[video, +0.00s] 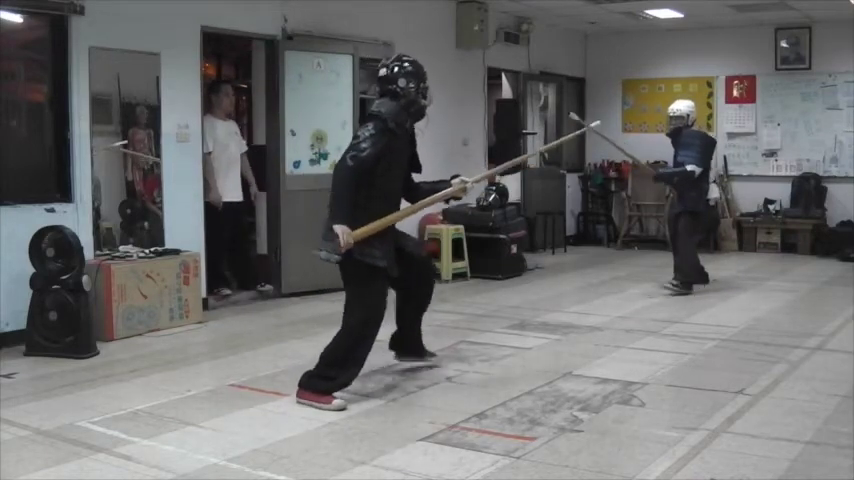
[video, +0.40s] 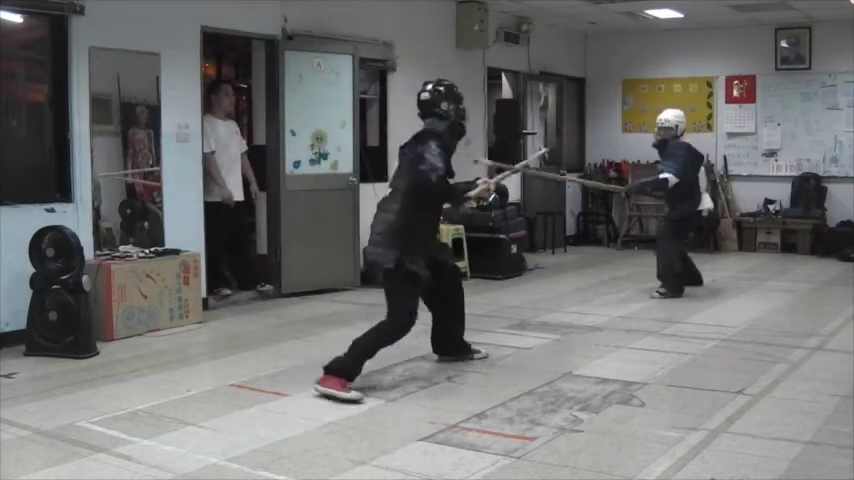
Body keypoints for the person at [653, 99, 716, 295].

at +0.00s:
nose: (672, 122)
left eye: (677, 119)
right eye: (671, 118)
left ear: (688, 119)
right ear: (669, 118)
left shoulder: (695, 138)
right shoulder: (680, 140)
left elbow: (693, 171)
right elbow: (681, 168)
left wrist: (662, 174)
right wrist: (663, 171)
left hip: (693, 195)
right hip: (682, 194)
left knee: (684, 231)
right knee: (676, 229)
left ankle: (685, 281)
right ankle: (692, 273)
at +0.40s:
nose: (661, 133)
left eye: (666, 129)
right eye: (660, 129)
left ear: (678, 130)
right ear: (657, 129)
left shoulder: (680, 150)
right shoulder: (668, 148)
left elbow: (668, 179)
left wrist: (636, 188)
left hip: (686, 206)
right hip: (680, 205)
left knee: (666, 239)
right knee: (668, 239)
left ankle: (672, 286)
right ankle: (690, 275)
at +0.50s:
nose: (662, 134)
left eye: (667, 130)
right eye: (660, 130)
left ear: (678, 131)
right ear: (657, 130)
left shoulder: (680, 150)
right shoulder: (668, 149)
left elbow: (666, 180)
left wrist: (635, 190)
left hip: (686, 207)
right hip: (679, 205)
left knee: (664, 240)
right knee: (668, 240)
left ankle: (672, 285)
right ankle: (689, 275)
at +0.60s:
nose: (659, 134)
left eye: (664, 130)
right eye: (658, 130)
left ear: (675, 132)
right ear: (655, 130)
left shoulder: (676, 151)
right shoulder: (665, 151)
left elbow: (663, 185)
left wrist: (633, 194)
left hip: (684, 208)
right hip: (677, 207)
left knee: (663, 240)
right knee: (669, 241)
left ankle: (671, 287)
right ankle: (690, 276)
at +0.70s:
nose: (653, 136)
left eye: (658, 132)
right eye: (652, 131)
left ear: (669, 133)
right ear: (649, 130)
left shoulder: (668, 153)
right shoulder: (662, 150)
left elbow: (665, 193)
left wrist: (639, 200)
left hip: (677, 206)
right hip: (678, 204)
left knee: (663, 244)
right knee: (675, 243)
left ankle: (663, 290)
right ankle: (693, 276)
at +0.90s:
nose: (637, 147)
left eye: (643, 143)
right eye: (636, 142)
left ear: (655, 145)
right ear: (634, 142)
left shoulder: (661, 166)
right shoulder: (643, 165)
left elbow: (650, 197)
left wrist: (623, 205)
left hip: (678, 214)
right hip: (666, 213)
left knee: (657, 244)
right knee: (677, 243)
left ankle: (658, 293)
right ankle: (693, 273)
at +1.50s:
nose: (623, 141)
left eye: (629, 137)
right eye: (621, 136)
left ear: (641, 138)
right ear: (619, 136)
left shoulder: (650, 160)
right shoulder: (631, 159)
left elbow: (669, 196)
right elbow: (636, 189)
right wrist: (628, 211)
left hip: (668, 207)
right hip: (652, 205)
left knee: (656, 245)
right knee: (651, 243)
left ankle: (658, 292)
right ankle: (665, 278)